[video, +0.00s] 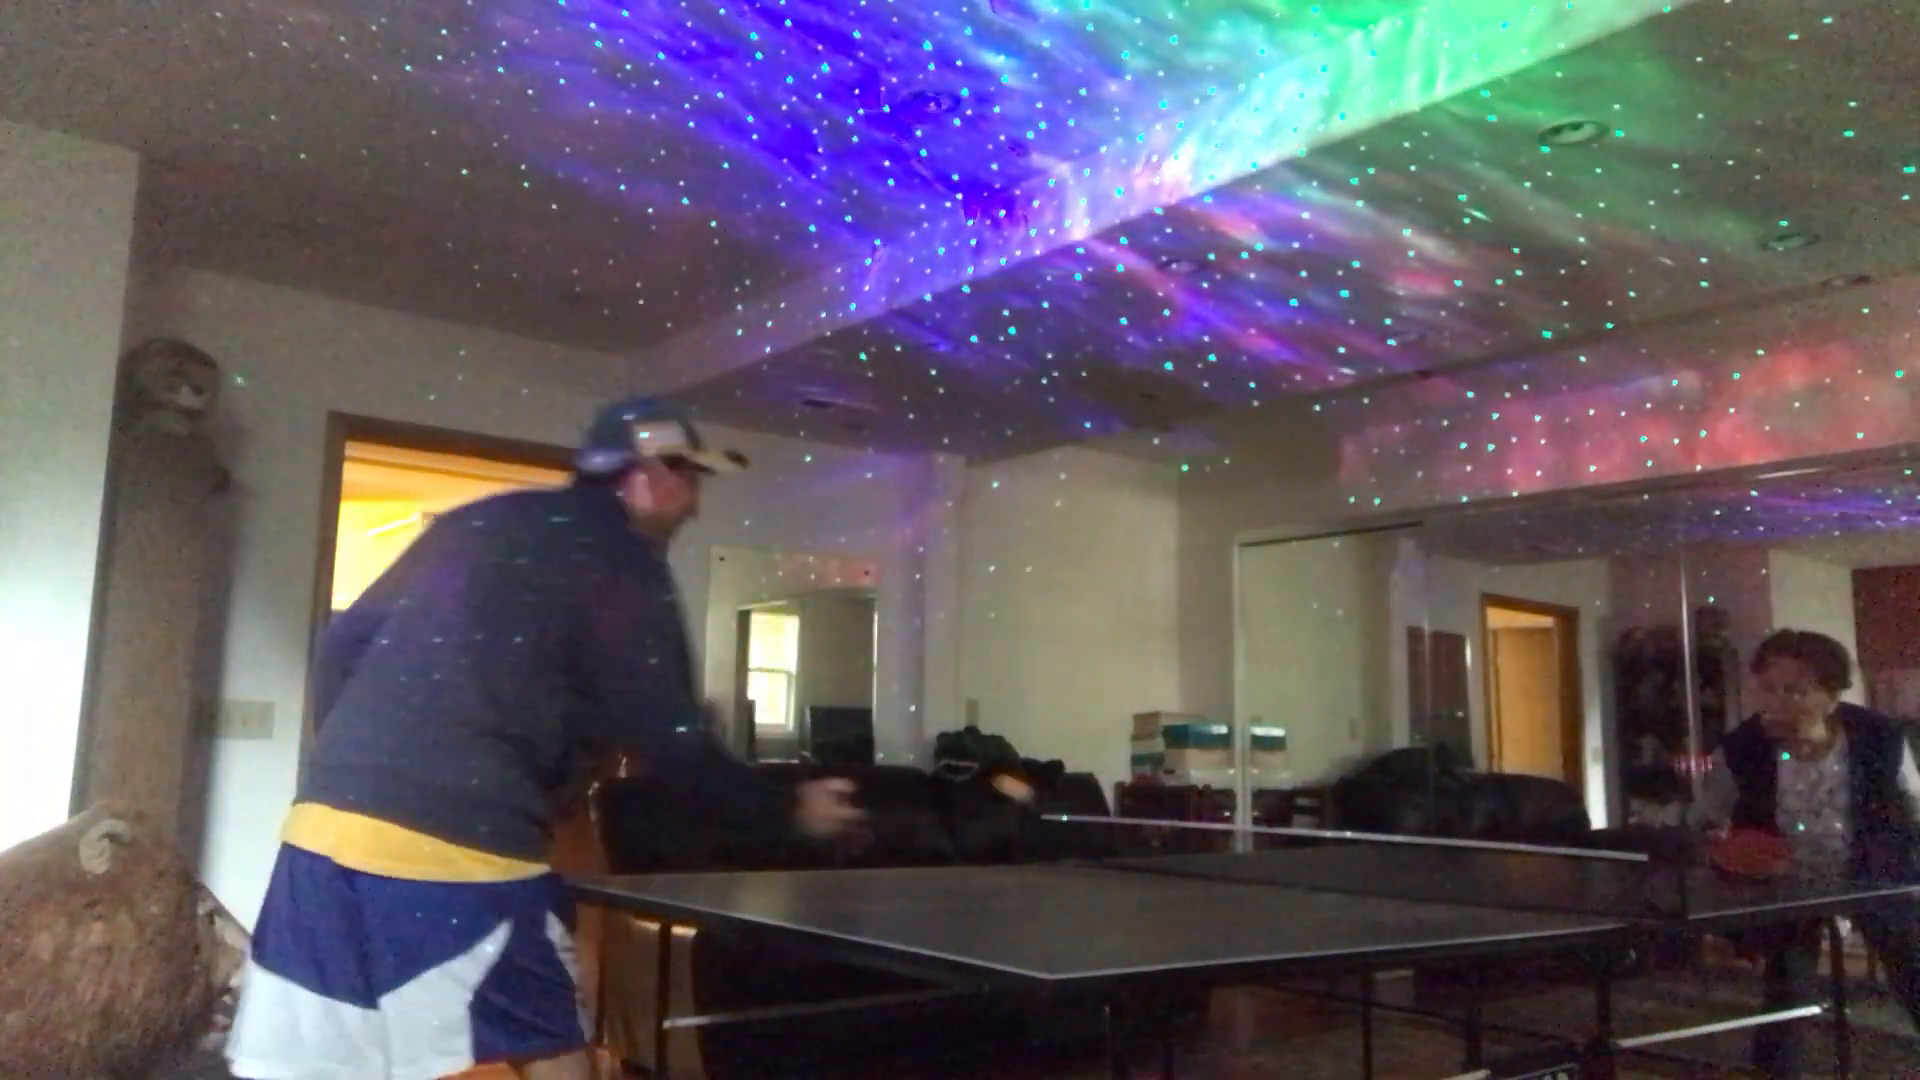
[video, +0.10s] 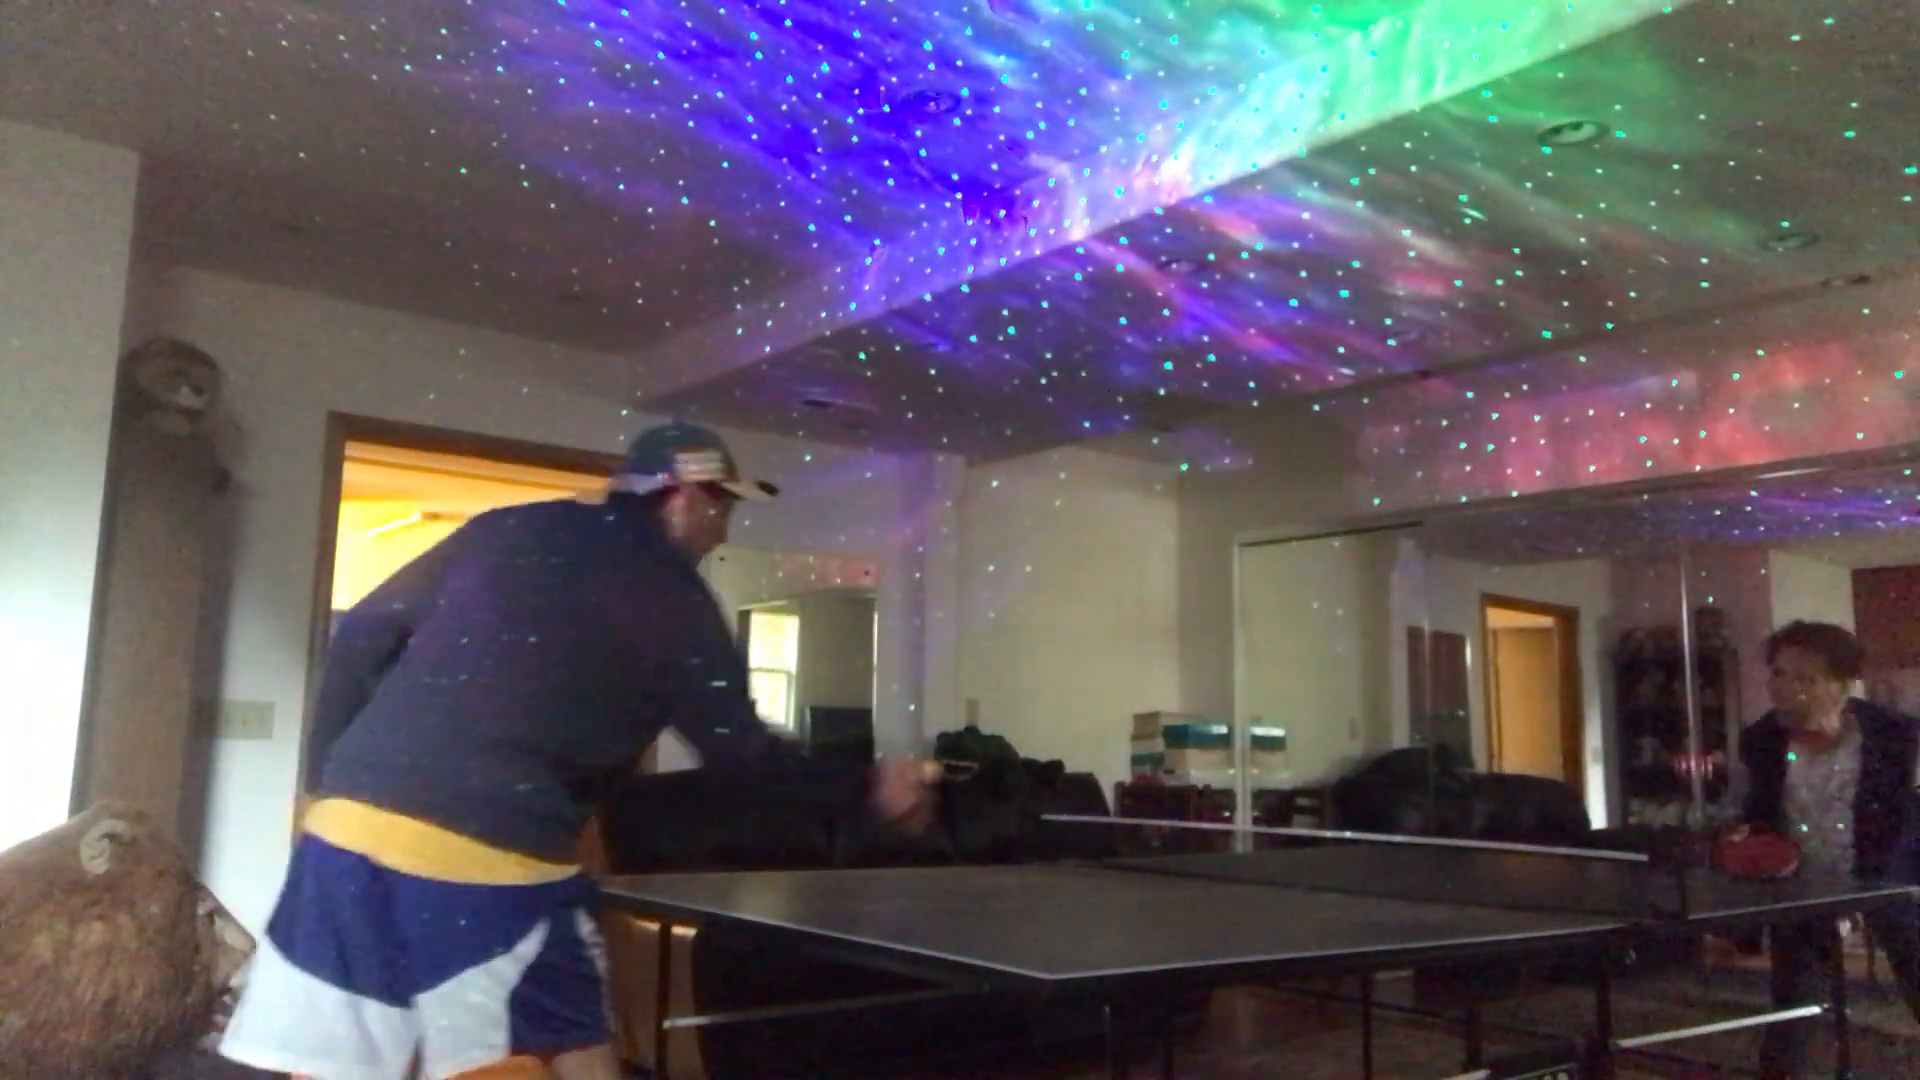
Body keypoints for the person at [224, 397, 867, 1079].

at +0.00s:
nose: (696, 501)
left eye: (698, 481)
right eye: (690, 478)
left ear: (597, 469)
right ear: (645, 474)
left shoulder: (471, 521)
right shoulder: (626, 564)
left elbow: (343, 636)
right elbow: (673, 748)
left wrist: (349, 775)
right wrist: (785, 808)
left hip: (320, 837)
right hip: (461, 854)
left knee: (298, 1067)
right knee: (536, 1064)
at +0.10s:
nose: (726, 529)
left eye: (730, 509)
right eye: (721, 507)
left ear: (632, 487)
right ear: (678, 496)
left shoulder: (505, 527)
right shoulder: (675, 597)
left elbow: (361, 628)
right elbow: (742, 759)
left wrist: (330, 785)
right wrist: (866, 783)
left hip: (351, 812)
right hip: (498, 840)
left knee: (322, 1062)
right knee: (577, 1052)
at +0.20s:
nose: (748, 524)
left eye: (750, 506)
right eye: (741, 504)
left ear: (655, 484)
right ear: (702, 495)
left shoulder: (526, 516)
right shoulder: (711, 590)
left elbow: (385, 596)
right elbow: (821, 721)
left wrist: (317, 739)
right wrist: (930, 716)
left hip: (383, 806)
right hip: (527, 835)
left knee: (326, 1053)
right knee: (596, 1056)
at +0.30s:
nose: (758, 511)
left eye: (761, 496)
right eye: (754, 495)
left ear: (661, 473)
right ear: (718, 487)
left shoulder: (539, 506)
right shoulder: (732, 578)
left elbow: (404, 571)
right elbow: (841, 670)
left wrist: (328, 710)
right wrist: (955, 618)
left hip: (405, 799)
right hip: (546, 830)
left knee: (374, 1057)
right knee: (606, 1060)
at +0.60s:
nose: (712, 463)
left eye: (715, 445)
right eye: (702, 442)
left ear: (620, 440)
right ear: (660, 444)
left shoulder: (504, 506)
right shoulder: (661, 528)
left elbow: (400, 637)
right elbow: (738, 672)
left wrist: (442, 745)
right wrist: (848, 623)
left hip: (405, 812)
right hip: (538, 826)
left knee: (391, 1058)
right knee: (606, 1055)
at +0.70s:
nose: (679, 447)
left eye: (677, 429)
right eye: (668, 427)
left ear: (587, 430)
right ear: (623, 434)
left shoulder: (468, 506)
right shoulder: (616, 515)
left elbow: (380, 653)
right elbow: (634, 665)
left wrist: (455, 727)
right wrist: (763, 685)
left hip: (389, 812)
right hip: (517, 822)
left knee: (394, 1057)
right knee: (588, 1058)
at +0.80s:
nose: (647, 430)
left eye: (646, 412)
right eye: (635, 410)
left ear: (562, 416)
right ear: (587, 415)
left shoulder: (450, 498)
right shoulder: (578, 505)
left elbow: (361, 653)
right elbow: (556, 665)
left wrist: (444, 733)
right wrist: (685, 716)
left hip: (368, 818)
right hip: (489, 827)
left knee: (380, 1060)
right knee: (564, 1059)